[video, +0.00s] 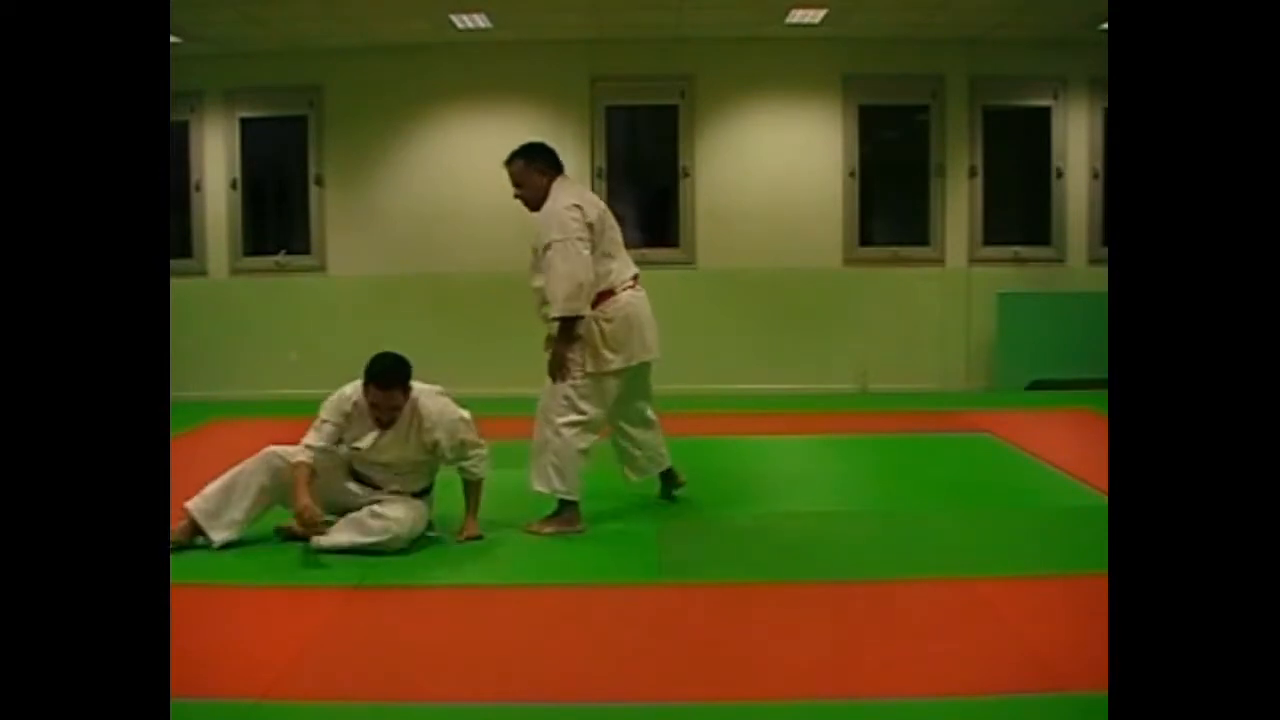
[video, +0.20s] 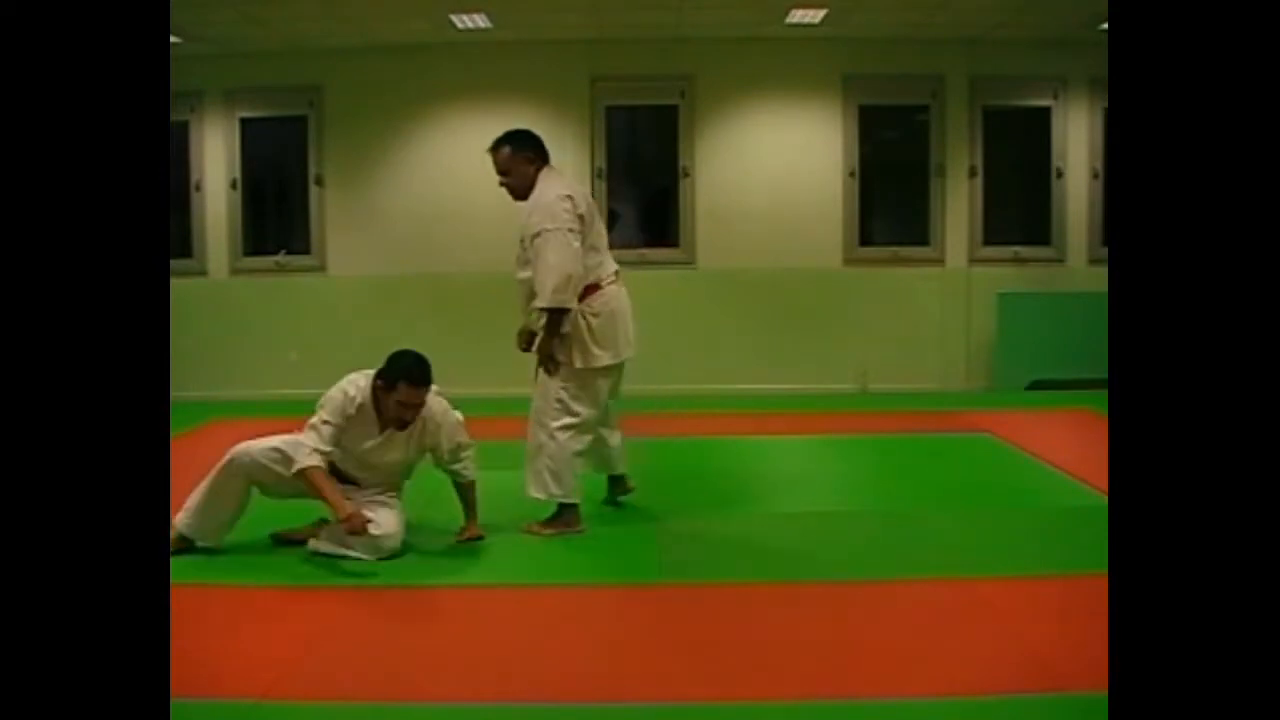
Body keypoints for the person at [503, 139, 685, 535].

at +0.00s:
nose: (516, 195)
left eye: (519, 184)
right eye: (513, 186)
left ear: (541, 175)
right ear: (549, 175)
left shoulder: (560, 210)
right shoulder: (581, 197)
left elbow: (573, 280)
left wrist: (560, 343)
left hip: (603, 321)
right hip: (632, 310)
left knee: (560, 411)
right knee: (630, 404)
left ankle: (567, 509)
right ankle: (666, 473)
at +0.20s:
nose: (502, 183)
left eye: (506, 173)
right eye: (499, 174)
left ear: (532, 164)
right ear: (533, 166)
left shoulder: (549, 204)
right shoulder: (559, 192)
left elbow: (561, 273)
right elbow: (545, 268)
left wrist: (550, 334)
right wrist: (530, 320)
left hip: (583, 318)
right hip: (605, 310)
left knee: (554, 412)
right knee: (595, 405)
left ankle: (566, 509)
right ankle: (616, 477)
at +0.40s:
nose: (493, 176)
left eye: (497, 166)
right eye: (490, 168)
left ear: (523, 157)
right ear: (518, 160)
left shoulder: (545, 197)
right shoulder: (531, 195)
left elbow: (559, 268)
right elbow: (532, 268)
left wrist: (551, 329)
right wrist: (514, 317)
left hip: (569, 317)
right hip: (553, 316)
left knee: (559, 414)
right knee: (542, 412)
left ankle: (563, 505)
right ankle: (546, 494)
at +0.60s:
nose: (484, 172)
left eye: (489, 162)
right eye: (480, 163)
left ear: (515, 154)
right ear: (505, 158)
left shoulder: (541, 193)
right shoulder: (519, 195)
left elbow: (559, 265)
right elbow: (516, 269)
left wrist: (549, 326)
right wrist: (496, 319)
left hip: (559, 322)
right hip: (532, 323)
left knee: (555, 417)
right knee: (525, 417)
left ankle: (566, 508)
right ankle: (528, 499)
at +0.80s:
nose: (474, 168)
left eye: (480, 158)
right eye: (470, 160)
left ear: (506, 151)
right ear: (488, 156)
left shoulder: (534, 191)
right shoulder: (504, 195)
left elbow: (553, 259)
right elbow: (498, 266)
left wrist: (546, 320)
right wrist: (477, 317)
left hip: (547, 321)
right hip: (519, 324)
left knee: (549, 415)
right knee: (519, 415)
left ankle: (564, 506)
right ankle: (526, 499)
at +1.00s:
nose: (465, 170)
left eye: (471, 160)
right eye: (460, 162)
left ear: (497, 154)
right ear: (462, 162)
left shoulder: (530, 192)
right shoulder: (486, 201)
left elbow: (550, 257)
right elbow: (478, 270)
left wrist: (541, 317)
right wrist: (459, 323)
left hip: (543, 318)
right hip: (510, 322)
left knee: (530, 404)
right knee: (510, 409)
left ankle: (553, 496)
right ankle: (524, 496)